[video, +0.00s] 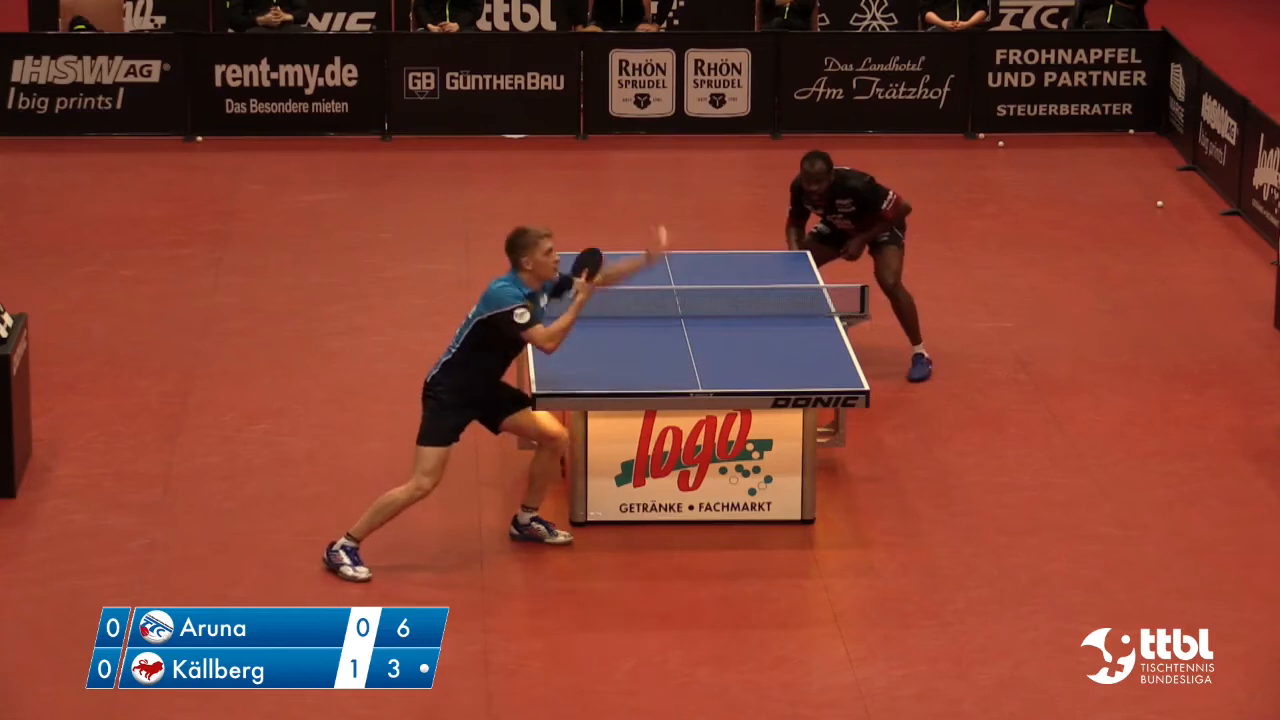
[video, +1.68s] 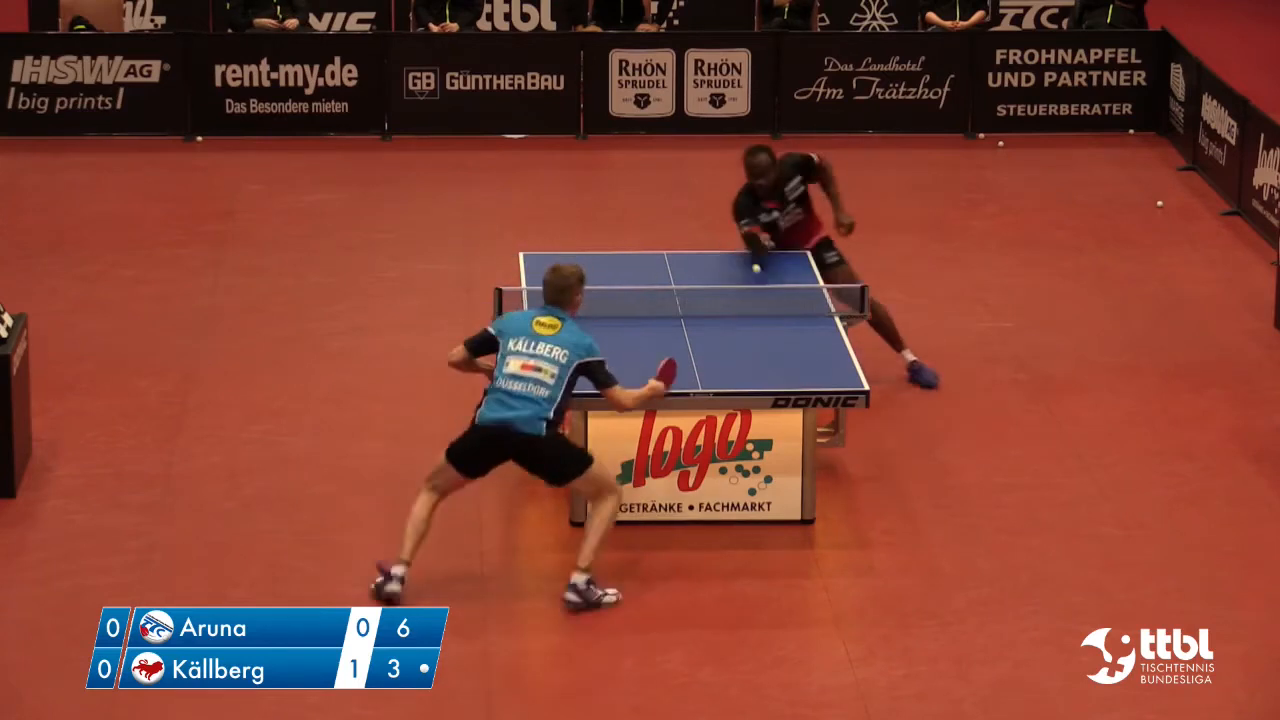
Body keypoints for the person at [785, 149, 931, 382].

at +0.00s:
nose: (813, 189)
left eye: (819, 182)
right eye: (808, 183)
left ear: (831, 176)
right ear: (801, 177)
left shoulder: (856, 184)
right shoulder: (799, 188)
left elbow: (902, 208)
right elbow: (795, 222)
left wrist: (862, 240)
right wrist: (795, 252)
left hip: (880, 225)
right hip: (838, 227)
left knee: (889, 283)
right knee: (795, 265)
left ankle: (919, 353)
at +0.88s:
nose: (831, 164)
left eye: (837, 157)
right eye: (825, 157)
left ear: (849, 154)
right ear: (819, 156)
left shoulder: (874, 170)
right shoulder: (815, 177)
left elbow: (916, 197)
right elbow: (807, 213)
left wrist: (877, 230)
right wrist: (787, 227)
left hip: (889, 231)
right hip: (844, 232)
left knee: (908, 294)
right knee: (799, 279)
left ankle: (925, 355)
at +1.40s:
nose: (809, 165)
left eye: (815, 158)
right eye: (806, 159)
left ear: (831, 151)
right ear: (801, 154)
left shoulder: (864, 159)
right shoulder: (804, 184)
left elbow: (911, 169)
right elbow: (793, 231)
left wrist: (911, 217)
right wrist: (768, 242)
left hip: (882, 239)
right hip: (838, 241)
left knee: (908, 307)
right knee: (799, 287)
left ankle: (941, 363)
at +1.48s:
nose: (795, 171)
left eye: (800, 164)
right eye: (791, 165)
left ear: (814, 156)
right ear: (786, 162)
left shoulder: (844, 160)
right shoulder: (787, 189)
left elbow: (888, 164)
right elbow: (781, 236)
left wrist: (898, 209)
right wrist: (766, 243)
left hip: (864, 239)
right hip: (820, 244)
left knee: (900, 303)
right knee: (791, 296)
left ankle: (939, 361)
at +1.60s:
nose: (774, 184)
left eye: (778, 177)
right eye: (767, 179)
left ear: (788, 167)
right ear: (760, 176)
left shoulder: (809, 165)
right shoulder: (760, 200)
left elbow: (844, 168)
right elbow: (766, 239)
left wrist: (860, 210)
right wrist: (764, 249)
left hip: (834, 247)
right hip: (797, 261)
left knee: (879, 302)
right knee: (791, 318)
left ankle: (928, 362)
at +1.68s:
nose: (762, 183)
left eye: (765, 176)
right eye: (755, 178)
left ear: (775, 166)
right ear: (747, 176)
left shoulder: (792, 165)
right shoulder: (744, 202)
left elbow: (823, 168)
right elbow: (753, 244)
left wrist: (839, 212)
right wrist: (758, 243)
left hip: (817, 246)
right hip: (784, 261)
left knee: (860, 300)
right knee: (785, 318)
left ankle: (910, 360)